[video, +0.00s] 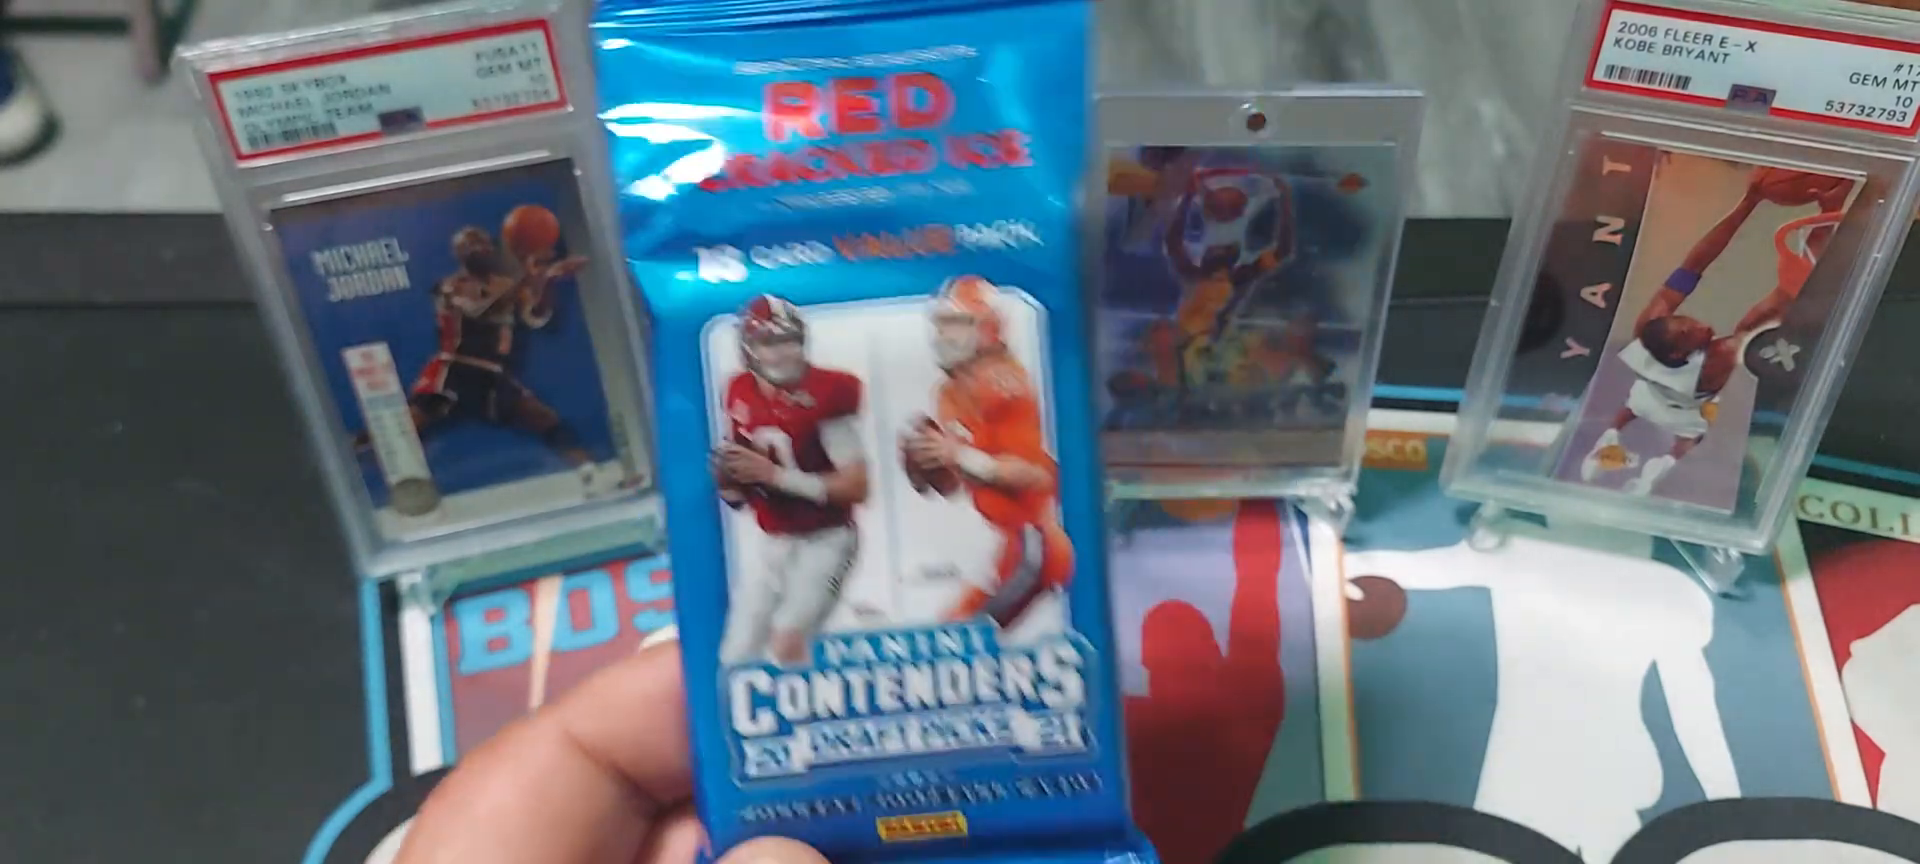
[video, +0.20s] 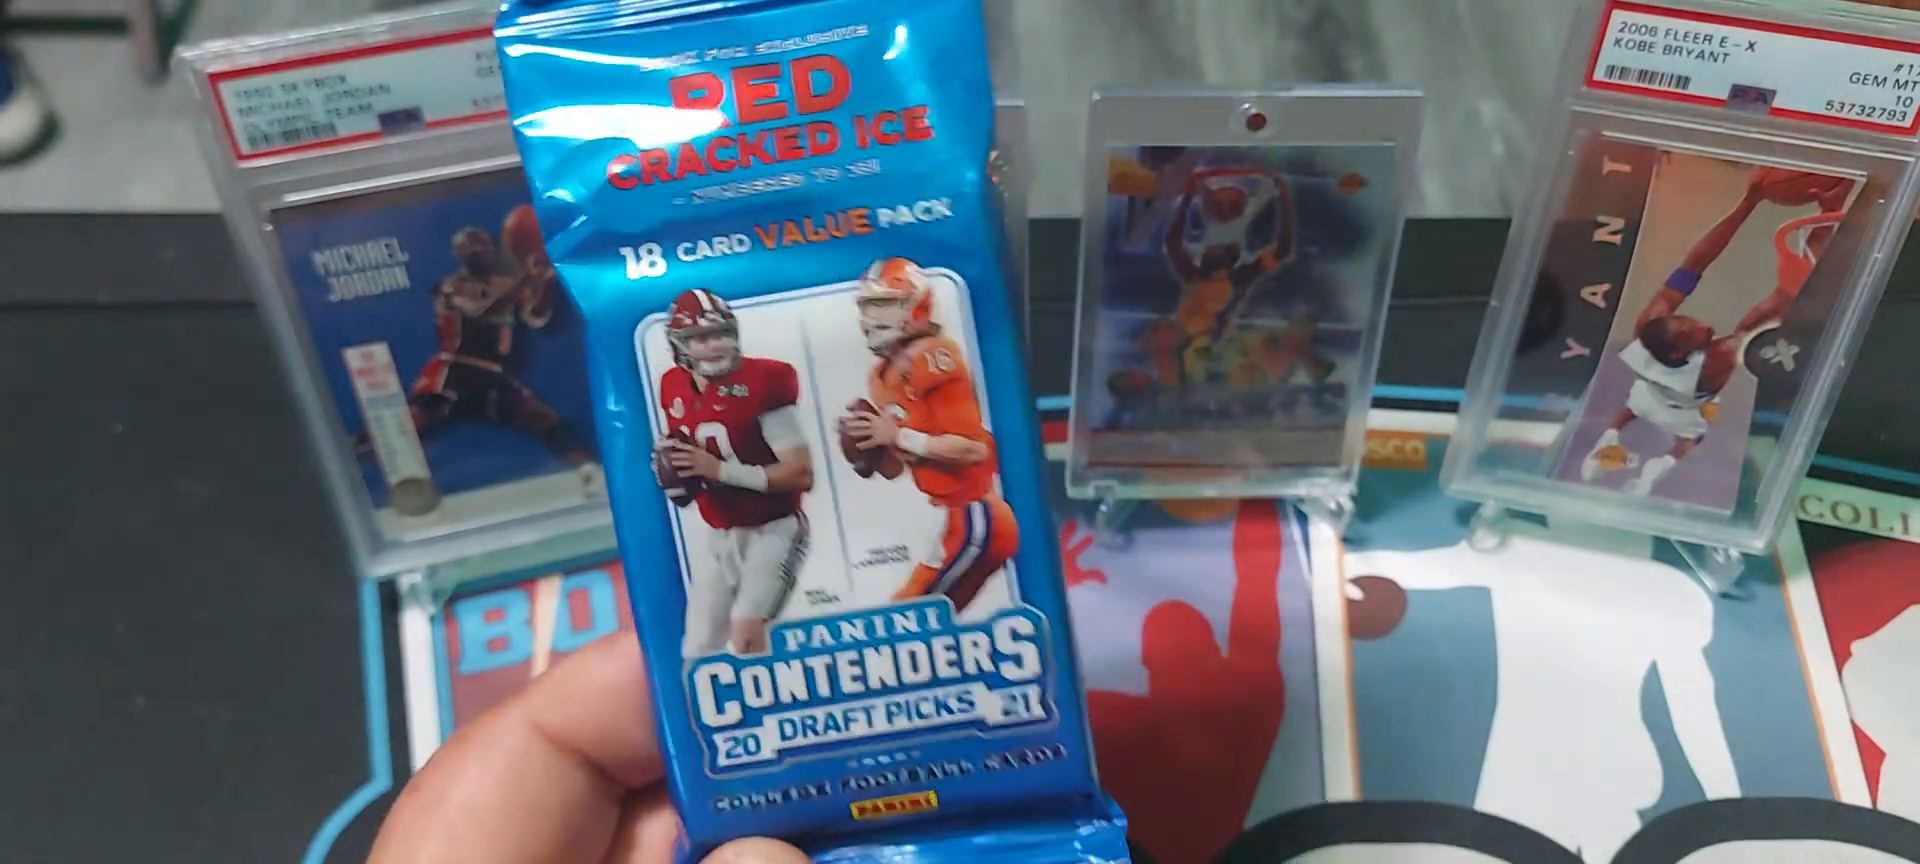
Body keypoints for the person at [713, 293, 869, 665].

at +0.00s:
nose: (781, 352)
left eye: (789, 341)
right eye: (768, 343)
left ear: (803, 342)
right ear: (749, 349)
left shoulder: (830, 392)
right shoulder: (741, 392)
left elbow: (856, 486)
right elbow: (739, 489)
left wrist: (771, 474)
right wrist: (729, 475)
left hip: (827, 538)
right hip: (773, 539)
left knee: (787, 641)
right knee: (737, 653)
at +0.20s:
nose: (715, 345)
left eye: (721, 334)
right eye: (702, 338)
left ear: (734, 335)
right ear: (680, 346)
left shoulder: (767, 380)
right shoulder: (673, 386)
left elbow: (801, 475)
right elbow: (683, 486)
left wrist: (719, 470)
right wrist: (668, 469)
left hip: (776, 528)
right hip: (719, 534)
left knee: (747, 628)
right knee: (697, 651)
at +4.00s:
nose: (795, 349)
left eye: (803, 338)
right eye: (783, 339)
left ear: (817, 339)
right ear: (759, 342)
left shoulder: (844, 393)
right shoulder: (746, 385)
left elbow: (871, 503)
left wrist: (784, 485)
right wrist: (730, 470)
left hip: (835, 559)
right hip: (774, 561)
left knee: (787, 673)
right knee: (733, 682)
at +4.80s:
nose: (765, 349)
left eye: (773, 338)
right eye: (752, 339)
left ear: (787, 339)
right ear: (728, 343)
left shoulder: (816, 395)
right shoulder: (716, 387)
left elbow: (843, 506)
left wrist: (755, 488)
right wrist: (702, 478)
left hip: (808, 561)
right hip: (746, 564)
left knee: (760, 677)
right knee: (705, 690)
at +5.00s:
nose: (852, 384)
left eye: (861, 372)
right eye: (838, 373)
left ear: (875, 375)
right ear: (813, 377)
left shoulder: (902, 432)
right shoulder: (802, 420)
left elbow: (925, 546)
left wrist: (836, 524)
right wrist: (783, 514)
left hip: (887, 602)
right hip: (826, 602)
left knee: (836, 715)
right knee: (779, 726)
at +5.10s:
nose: (904, 412)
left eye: (914, 400)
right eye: (890, 400)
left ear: (928, 402)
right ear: (865, 403)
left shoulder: (956, 461)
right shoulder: (852, 447)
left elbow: (975, 577)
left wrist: (885, 553)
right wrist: (832, 543)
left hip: (935, 635)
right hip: (871, 632)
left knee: (881, 748)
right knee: (823, 757)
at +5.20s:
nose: (940, 423)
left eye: (950, 411)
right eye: (926, 411)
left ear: (964, 414)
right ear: (900, 415)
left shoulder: (988, 475)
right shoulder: (884, 458)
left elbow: (1007, 594)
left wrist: (916, 566)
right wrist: (862, 552)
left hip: (965, 650)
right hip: (899, 645)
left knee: (907, 762)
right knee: (850, 767)